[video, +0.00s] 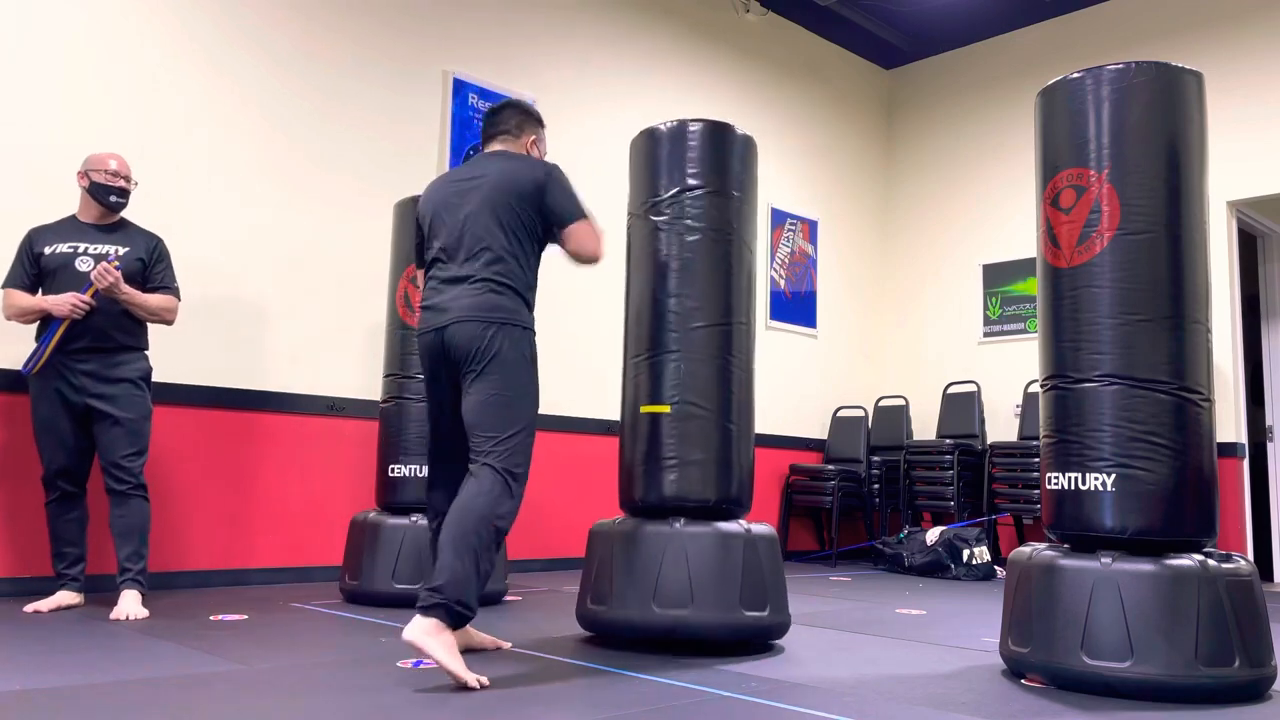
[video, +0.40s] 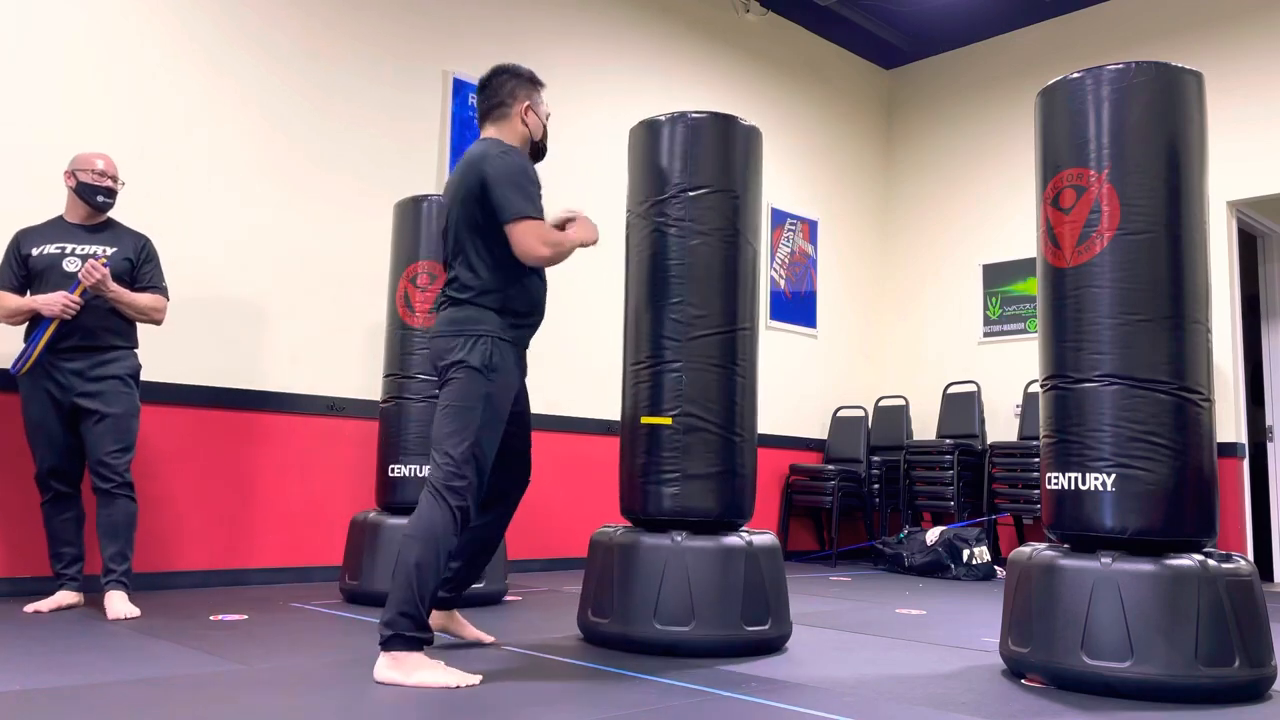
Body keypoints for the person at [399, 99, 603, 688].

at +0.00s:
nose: (543, 153)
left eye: (542, 145)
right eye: (543, 145)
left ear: (484, 140)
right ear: (531, 140)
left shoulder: (437, 187)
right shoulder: (538, 172)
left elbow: (425, 266)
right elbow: (588, 248)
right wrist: (555, 214)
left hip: (434, 329)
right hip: (495, 327)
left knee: (448, 468)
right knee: (496, 468)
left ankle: (457, 617)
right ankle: (435, 618)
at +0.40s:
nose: (549, 119)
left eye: (546, 110)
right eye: (545, 109)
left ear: (498, 111)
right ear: (525, 110)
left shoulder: (481, 163)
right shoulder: (504, 160)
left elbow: (499, 245)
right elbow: (533, 248)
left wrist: (549, 224)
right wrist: (574, 237)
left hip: (492, 345)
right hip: (481, 344)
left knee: (507, 477)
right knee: (452, 486)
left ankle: (440, 604)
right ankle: (399, 649)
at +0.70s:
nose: (547, 140)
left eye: (544, 132)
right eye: (545, 131)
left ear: (487, 133)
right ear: (530, 127)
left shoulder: (443, 188)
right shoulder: (537, 157)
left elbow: (443, 264)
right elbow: (639, 188)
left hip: (435, 323)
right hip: (487, 317)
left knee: (457, 474)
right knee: (464, 476)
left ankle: (445, 621)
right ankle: (409, 634)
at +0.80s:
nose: (539, 134)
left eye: (537, 126)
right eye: (537, 125)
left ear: (480, 125)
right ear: (521, 122)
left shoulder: (439, 182)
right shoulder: (528, 154)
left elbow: (435, 261)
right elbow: (621, 200)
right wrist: (658, 216)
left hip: (429, 321)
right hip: (479, 317)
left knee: (448, 471)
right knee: (453, 473)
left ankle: (444, 622)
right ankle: (404, 634)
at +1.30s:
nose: (471, 94)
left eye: (469, 84)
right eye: (469, 83)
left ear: (413, 82)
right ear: (451, 81)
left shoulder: (403, 129)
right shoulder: (423, 126)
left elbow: (408, 225)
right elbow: (428, 217)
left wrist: (465, 216)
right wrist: (487, 241)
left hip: (400, 319)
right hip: (387, 317)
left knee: (415, 476)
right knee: (343, 482)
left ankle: (405, 630)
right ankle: (269, 658)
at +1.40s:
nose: (465, 92)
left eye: (463, 82)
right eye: (463, 80)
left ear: (413, 77)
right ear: (444, 76)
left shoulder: (415, 136)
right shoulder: (410, 118)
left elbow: (417, 231)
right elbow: (410, 208)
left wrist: (475, 223)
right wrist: (482, 245)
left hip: (402, 328)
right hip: (371, 317)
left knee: (409, 480)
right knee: (329, 483)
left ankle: (380, 635)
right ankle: (266, 661)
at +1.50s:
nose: (467, 92)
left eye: (465, 82)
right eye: (463, 79)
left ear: (422, 77)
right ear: (440, 75)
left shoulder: (426, 147)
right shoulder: (402, 121)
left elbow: (432, 244)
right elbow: (401, 217)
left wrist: (490, 241)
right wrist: (482, 257)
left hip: (400, 334)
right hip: (364, 323)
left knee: (417, 483)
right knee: (321, 487)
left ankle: (383, 631)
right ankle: (265, 662)